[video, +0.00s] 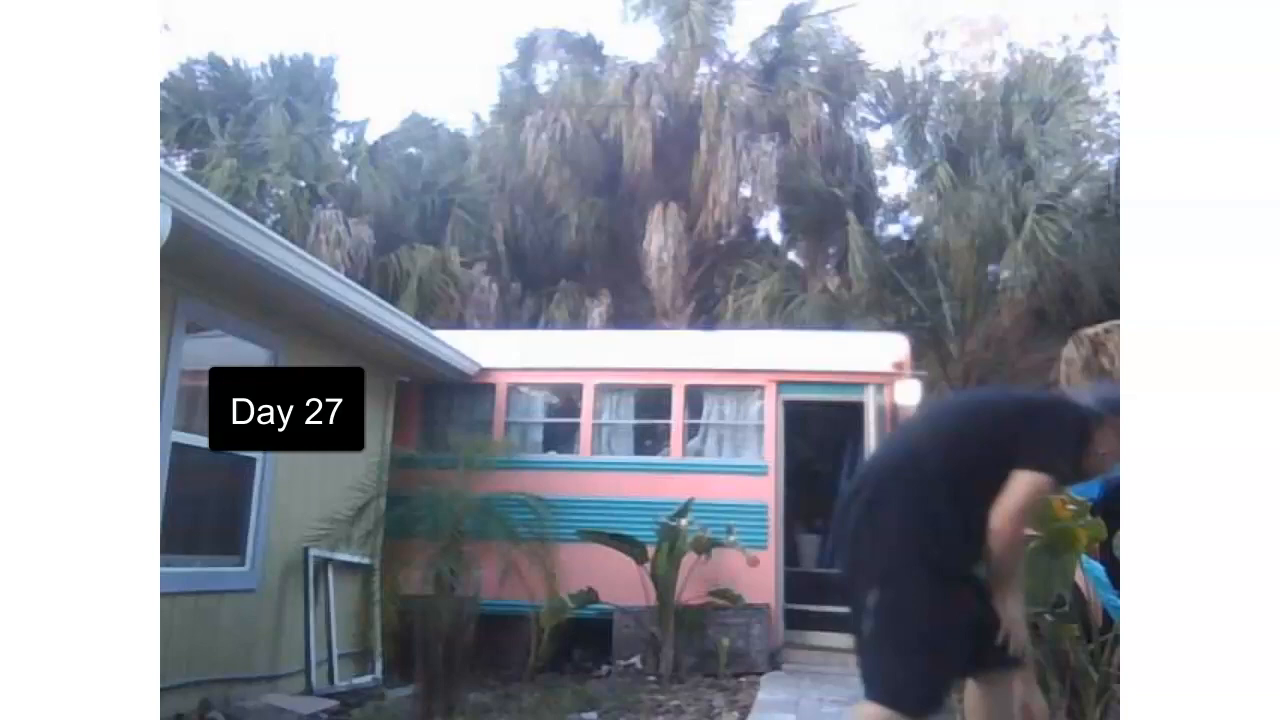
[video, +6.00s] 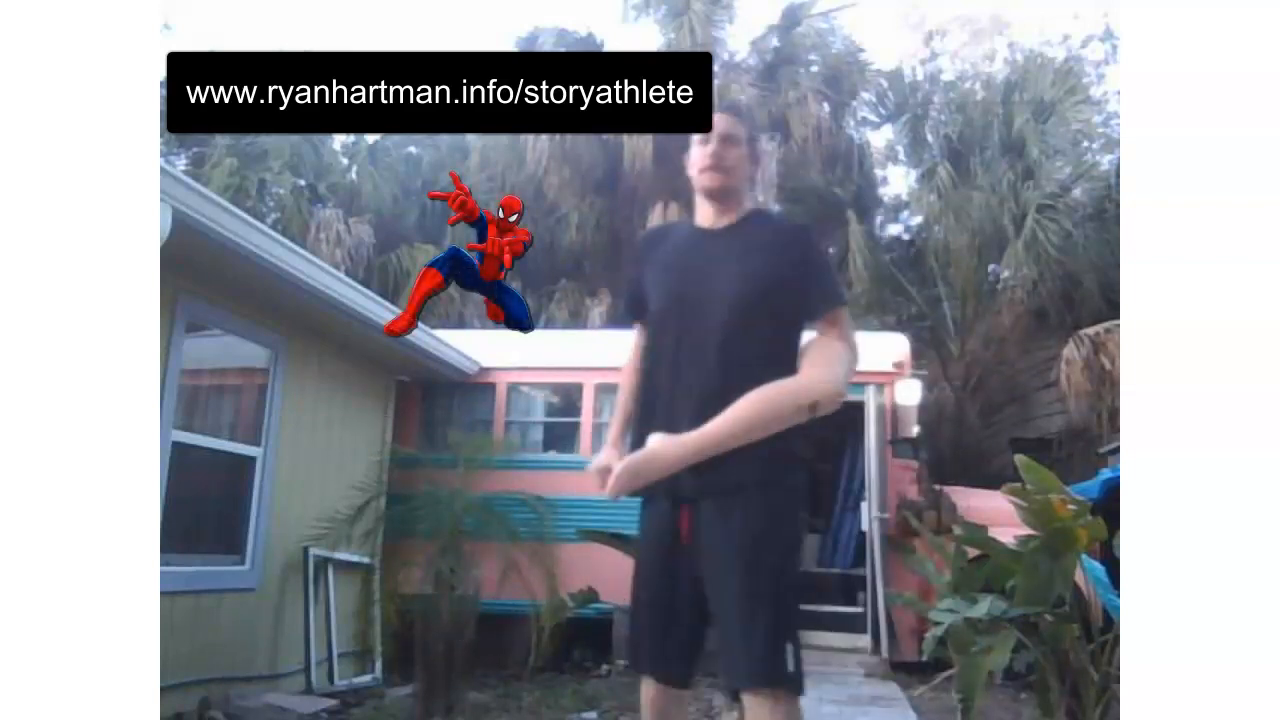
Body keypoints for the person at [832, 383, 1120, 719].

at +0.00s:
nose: (1110, 462)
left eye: (1117, 456)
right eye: (1116, 450)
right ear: (1109, 426)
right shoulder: (1064, 421)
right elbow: (1004, 520)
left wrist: (1026, 677)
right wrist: (1007, 599)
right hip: (898, 524)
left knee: (996, 661)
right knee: (902, 693)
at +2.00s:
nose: (752, 98)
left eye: (769, 87)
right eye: (737, 86)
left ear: (792, 114)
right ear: (712, 110)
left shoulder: (830, 228)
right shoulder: (660, 217)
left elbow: (845, 366)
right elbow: (601, 341)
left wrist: (904, 348)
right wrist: (536, 380)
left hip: (792, 510)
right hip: (676, 508)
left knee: (787, 703)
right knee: (666, 706)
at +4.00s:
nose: (756, 159)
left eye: (771, 148)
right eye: (740, 148)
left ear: (792, 171)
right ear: (715, 175)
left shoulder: (842, 281)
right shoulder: (675, 280)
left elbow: (872, 410)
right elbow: (605, 398)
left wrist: (907, 451)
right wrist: (516, 441)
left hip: (804, 534)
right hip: (700, 526)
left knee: (798, 710)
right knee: (735, 679)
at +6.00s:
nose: (712, 152)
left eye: (728, 141)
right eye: (701, 141)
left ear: (754, 159)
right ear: (685, 158)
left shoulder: (790, 242)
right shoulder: (659, 245)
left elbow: (826, 380)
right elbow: (640, 352)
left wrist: (683, 450)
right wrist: (615, 441)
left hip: (754, 489)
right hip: (666, 491)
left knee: (764, 683)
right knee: (661, 673)